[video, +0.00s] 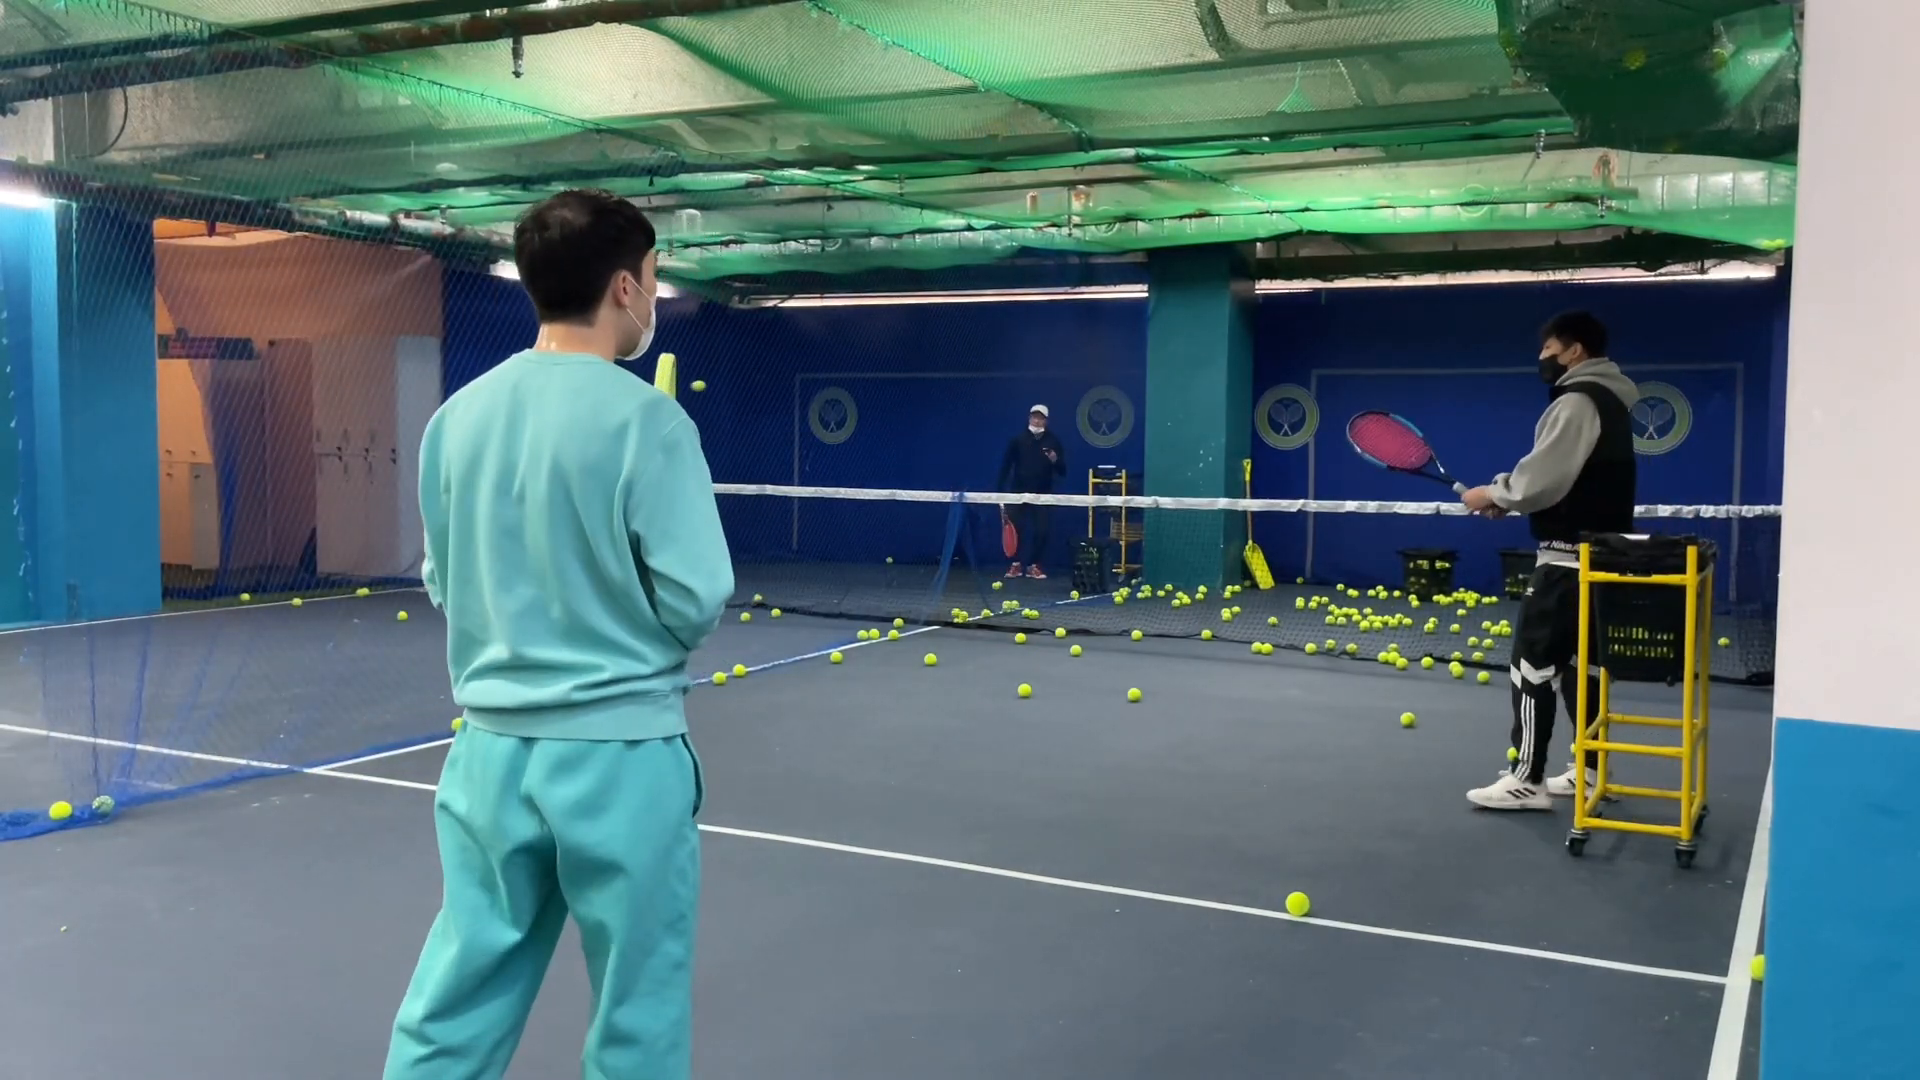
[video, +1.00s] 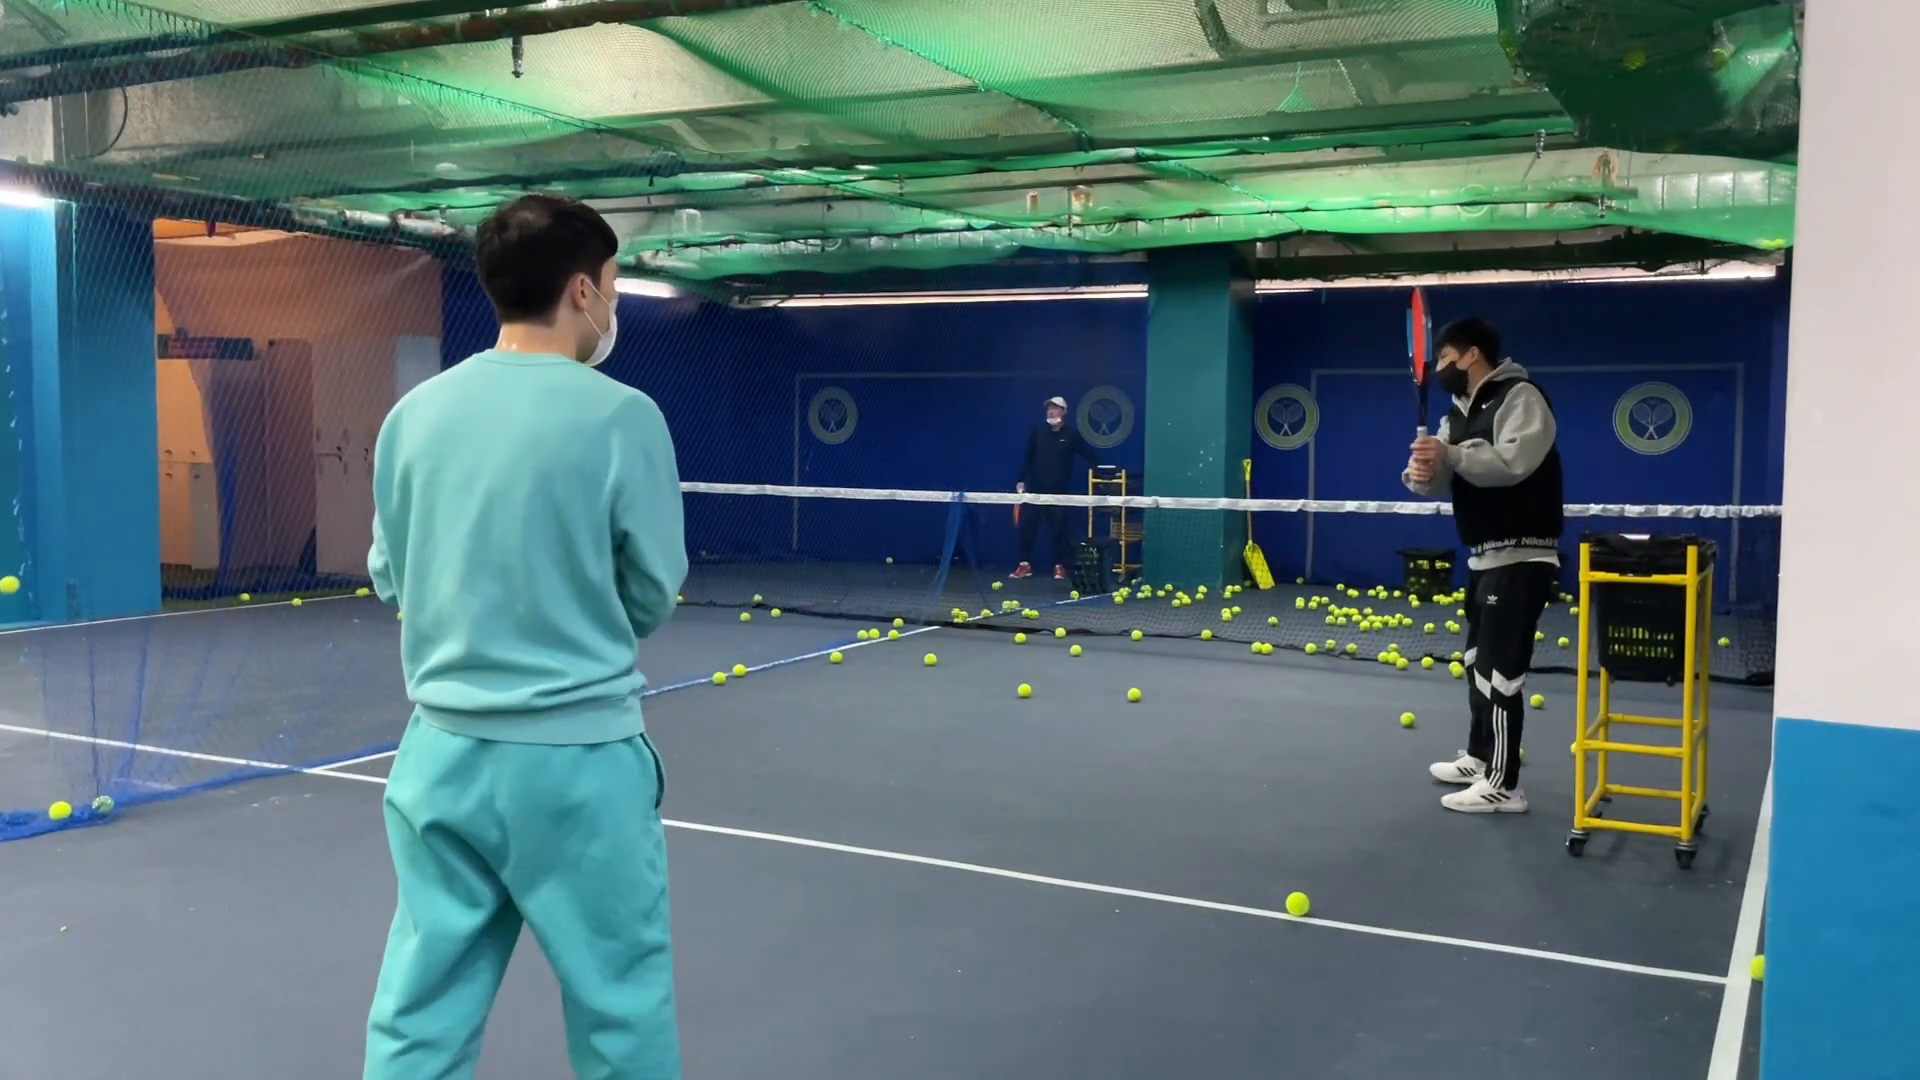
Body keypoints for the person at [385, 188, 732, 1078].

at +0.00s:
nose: (656, 293)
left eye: (653, 273)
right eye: (650, 274)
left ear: (538, 287)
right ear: (619, 286)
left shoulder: (454, 418)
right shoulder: (647, 418)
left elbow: (444, 581)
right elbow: (697, 589)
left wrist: (532, 633)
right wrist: (639, 649)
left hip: (485, 761)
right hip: (621, 764)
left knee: (453, 1012)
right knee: (640, 1019)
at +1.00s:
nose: (615, 302)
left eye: (614, 282)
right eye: (611, 282)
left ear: (497, 293)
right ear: (578, 291)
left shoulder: (414, 413)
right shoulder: (622, 415)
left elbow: (393, 577)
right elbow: (653, 589)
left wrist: (484, 616)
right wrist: (566, 627)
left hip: (439, 761)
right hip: (582, 767)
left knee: (418, 1020)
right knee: (625, 1020)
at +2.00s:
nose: (676, 314)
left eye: (674, 298)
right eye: (674, 298)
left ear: (567, 310)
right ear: (653, 308)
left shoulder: (508, 399)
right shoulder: (693, 425)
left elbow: (460, 555)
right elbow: (609, 544)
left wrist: (377, 520)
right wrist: (419, 558)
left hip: (517, 740)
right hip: (647, 743)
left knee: (508, 974)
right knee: (671, 919)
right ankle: (678, 1066)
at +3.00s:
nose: (744, 333)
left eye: (743, 320)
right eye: (742, 320)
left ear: (648, 326)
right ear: (730, 324)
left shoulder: (624, 397)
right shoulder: (755, 415)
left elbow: (622, 536)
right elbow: (688, 558)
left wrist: (509, 570)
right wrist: (545, 594)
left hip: (641, 702)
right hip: (745, 704)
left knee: (569, 907)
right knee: (739, 898)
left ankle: (538, 1068)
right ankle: (754, 1063)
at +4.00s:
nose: (731, 338)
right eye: (729, 327)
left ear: (637, 332)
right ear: (717, 331)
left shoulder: (627, 398)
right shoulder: (745, 418)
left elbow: (646, 536)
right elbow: (750, 556)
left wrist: (547, 616)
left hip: (647, 700)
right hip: (744, 703)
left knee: (572, 910)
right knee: (735, 898)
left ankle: (539, 1069)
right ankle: (755, 1063)